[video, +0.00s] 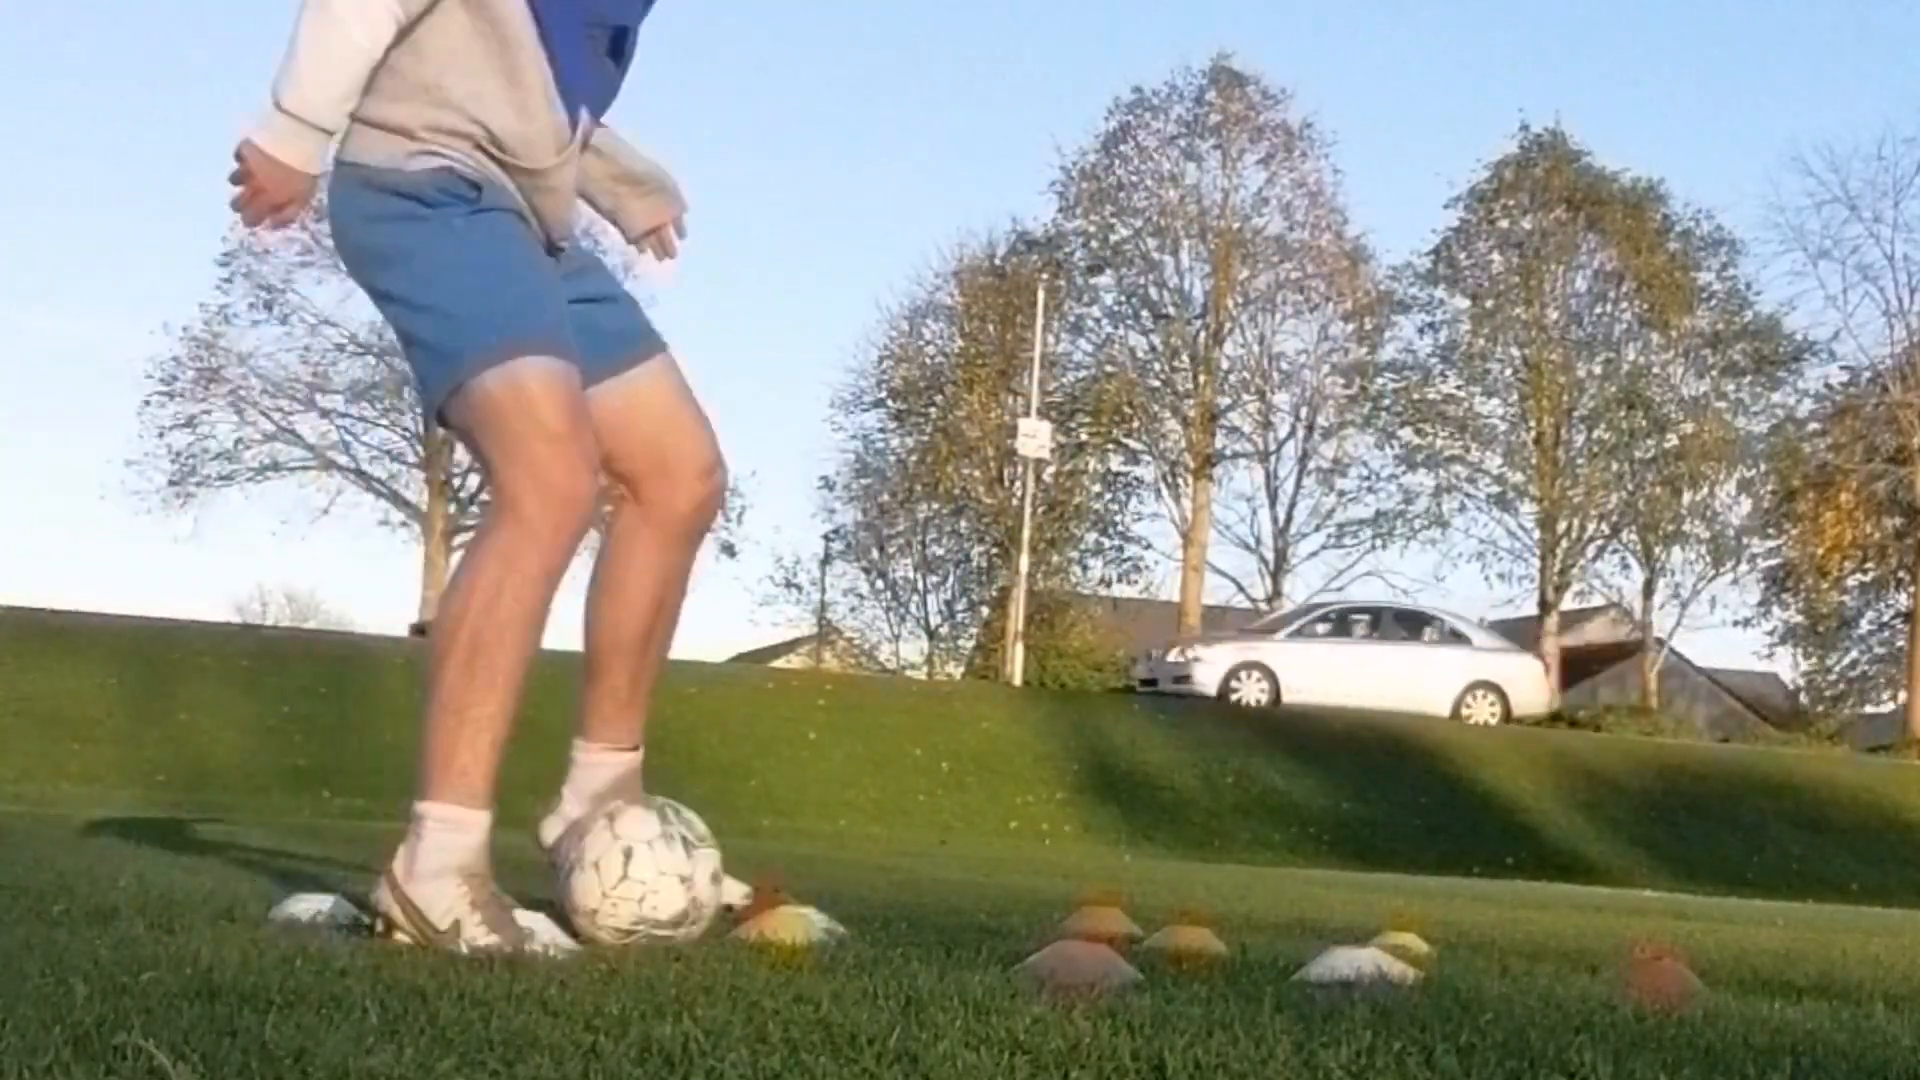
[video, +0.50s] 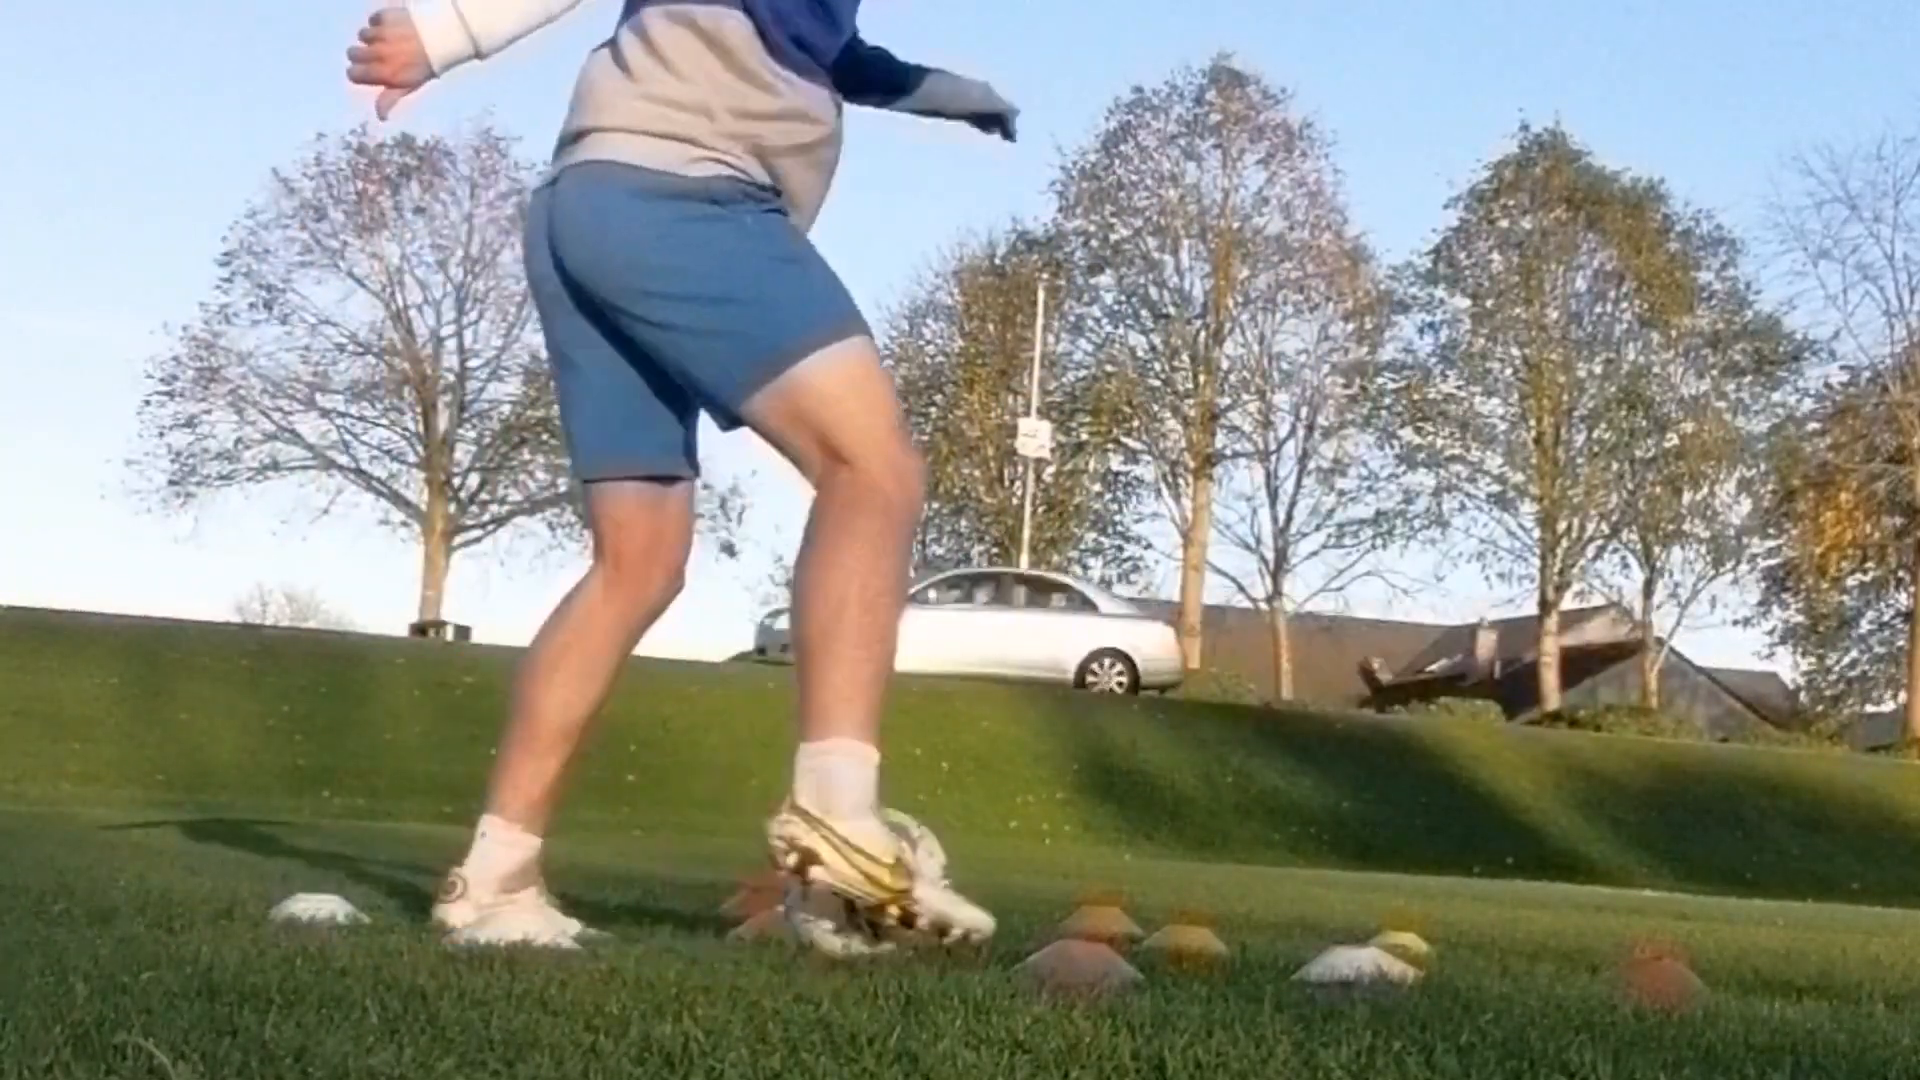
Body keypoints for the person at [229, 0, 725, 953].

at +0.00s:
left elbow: (522, 89)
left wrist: (628, 184)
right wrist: (298, 130)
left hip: (516, 189)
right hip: (414, 161)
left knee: (676, 478)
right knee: (549, 482)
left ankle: (597, 817)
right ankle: (436, 871)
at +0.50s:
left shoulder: (814, 19)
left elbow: (837, 59)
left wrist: (973, 97)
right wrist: (448, 31)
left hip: (576, 201)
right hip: (675, 186)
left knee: (640, 557)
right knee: (877, 472)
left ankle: (493, 879)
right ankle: (837, 810)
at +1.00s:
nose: (1002, 39)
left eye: (1008, 27)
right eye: (1004, 21)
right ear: (978, 6)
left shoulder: (719, 8)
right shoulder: (935, 5)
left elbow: (578, 34)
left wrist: (662, 155)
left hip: (611, 240)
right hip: (760, 252)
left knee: (594, 513)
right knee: (852, 557)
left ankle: (466, 782)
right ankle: (865, 875)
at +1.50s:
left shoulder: (772, 5)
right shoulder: (970, 5)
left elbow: (677, 89)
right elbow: (991, 121)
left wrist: (766, 172)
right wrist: (1066, 256)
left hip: (723, 284)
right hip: (852, 281)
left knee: (710, 585)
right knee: (994, 532)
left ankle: (645, 859)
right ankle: (911, 776)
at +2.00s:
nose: (1280, 118)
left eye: (1282, 104)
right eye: (1280, 101)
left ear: (1201, 64)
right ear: (1260, 76)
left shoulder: (1081, 120)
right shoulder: (1250, 97)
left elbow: (978, 217)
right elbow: (1330, 225)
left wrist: (1042, 347)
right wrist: (1361, 286)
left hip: (1049, 411)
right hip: (1158, 402)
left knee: (1157, 648)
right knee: (1333, 574)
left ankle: (1127, 904)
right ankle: (1147, 724)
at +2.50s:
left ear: (1334, 177)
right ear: (1415, 183)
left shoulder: (1302, 203)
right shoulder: (1484, 215)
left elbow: (1242, 272)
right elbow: (1585, 276)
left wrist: (1198, 407)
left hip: (1348, 454)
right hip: (1484, 455)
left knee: (1217, 611)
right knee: (1554, 697)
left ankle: (1284, 780)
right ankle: (1597, 945)